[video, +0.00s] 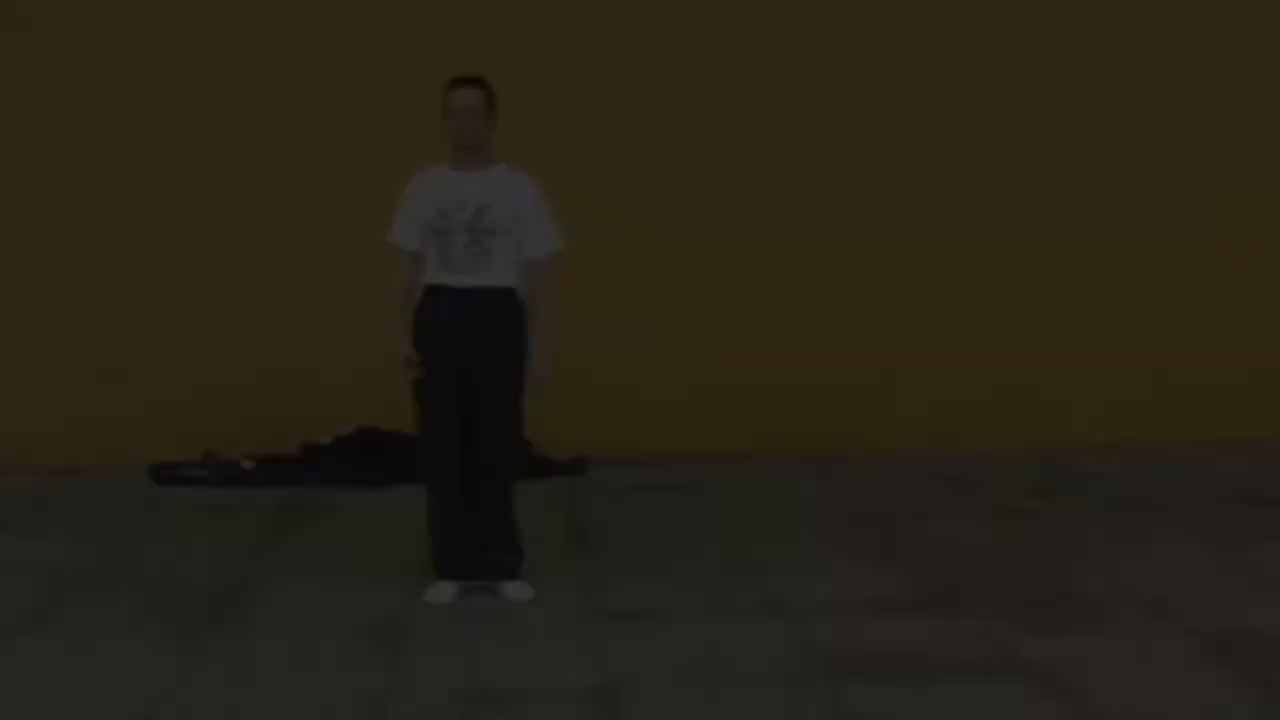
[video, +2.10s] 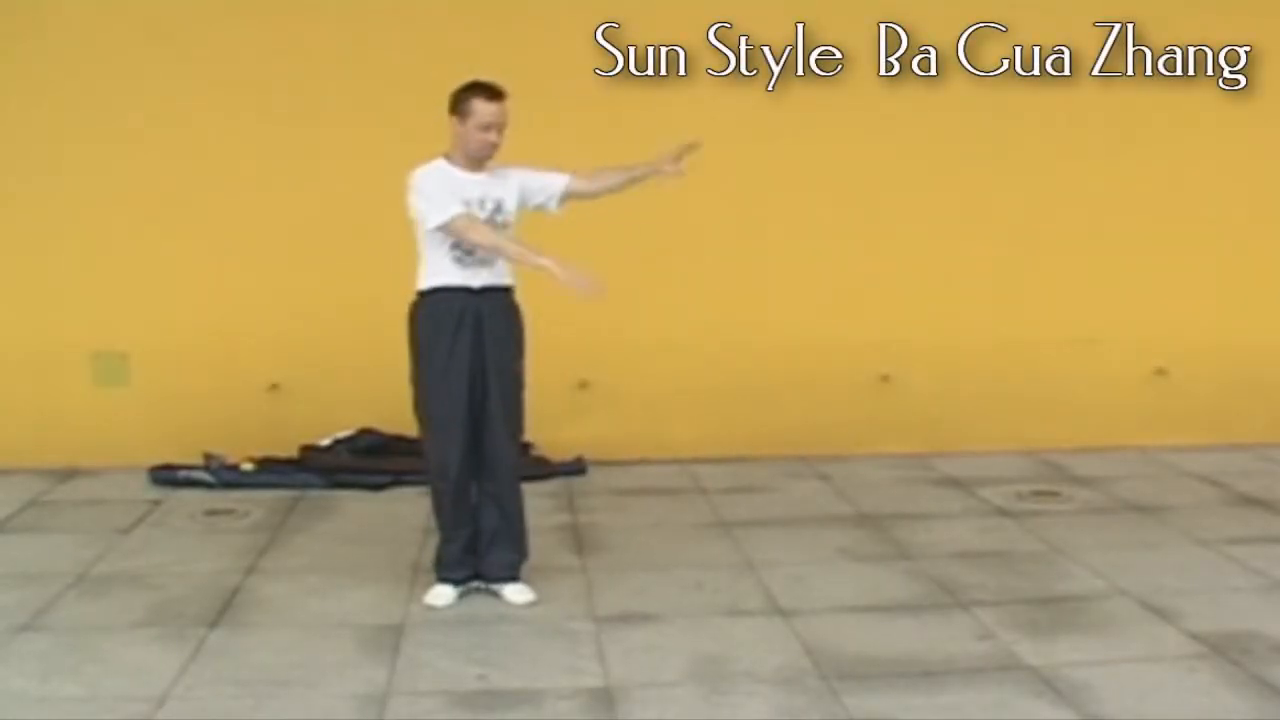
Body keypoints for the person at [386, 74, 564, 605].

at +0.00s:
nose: (465, 125)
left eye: (474, 114)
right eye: (455, 115)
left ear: (492, 120)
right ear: (444, 121)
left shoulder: (517, 187)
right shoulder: (426, 186)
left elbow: (538, 271)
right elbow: (409, 268)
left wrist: (537, 349)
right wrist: (406, 342)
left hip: (498, 312)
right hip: (441, 312)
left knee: (498, 440)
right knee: (445, 441)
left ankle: (503, 565)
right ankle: (450, 567)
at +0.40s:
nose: (444, 125)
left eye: (456, 116)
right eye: (439, 116)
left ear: (483, 121)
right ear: (434, 122)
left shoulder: (505, 186)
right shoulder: (433, 186)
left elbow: (503, 273)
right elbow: (422, 263)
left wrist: (468, 344)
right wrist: (389, 322)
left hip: (487, 310)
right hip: (436, 307)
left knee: (485, 444)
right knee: (437, 444)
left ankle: (497, 564)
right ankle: (451, 567)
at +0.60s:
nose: (446, 126)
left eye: (457, 116)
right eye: (441, 117)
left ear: (484, 121)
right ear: (435, 123)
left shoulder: (506, 181)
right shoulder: (433, 186)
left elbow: (482, 256)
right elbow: (419, 262)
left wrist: (427, 280)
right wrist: (367, 308)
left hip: (489, 312)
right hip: (436, 315)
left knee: (489, 445)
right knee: (440, 446)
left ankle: (497, 567)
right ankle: (452, 569)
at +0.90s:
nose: (463, 126)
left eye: (473, 117)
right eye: (454, 117)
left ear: (491, 123)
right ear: (441, 123)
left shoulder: (515, 177)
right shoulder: (424, 187)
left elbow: (498, 212)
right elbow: (389, 253)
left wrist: (425, 177)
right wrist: (332, 256)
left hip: (495, 316)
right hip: (438, 315)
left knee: (493, 445)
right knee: (440, 446)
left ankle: (499, 568)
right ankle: (451, 571)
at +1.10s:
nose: (482, 125)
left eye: (488, 115)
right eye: (472, 116)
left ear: (498, 122)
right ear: (450, 124)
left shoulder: (511, 181)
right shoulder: (422, 182)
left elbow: (556, 189)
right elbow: (391, 255)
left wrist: (513, 140)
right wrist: (421, 231)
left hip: (497, 308)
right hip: (440, 309)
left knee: (499, 441)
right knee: (445, 442)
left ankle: (500, 567)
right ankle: (451, 569)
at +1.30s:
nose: (499, 128)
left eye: (502, 118)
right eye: (488, 118)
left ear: (504, 125)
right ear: (456, 122)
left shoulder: (512, 181)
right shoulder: (426, 183)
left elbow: (578, 180)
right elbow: (427, 248)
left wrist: (568, 132)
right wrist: (509, 233)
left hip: (499, 311)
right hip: (444, 313)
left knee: (502, 441)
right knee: (449, 443)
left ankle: (503, 567)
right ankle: (454, 568)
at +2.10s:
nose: (494, 138)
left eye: (500, 128)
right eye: (485, 127)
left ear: (503, 130)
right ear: (456, 125)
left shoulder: (509, 181)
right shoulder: (428, 180)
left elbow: (582, 185)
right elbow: (469, 235)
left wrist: (652, 169)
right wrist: (554, 266)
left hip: (496, 315)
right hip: (442, 316)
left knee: (500, 444)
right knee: (449, 446)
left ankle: (501, 569)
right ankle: (453, 570)